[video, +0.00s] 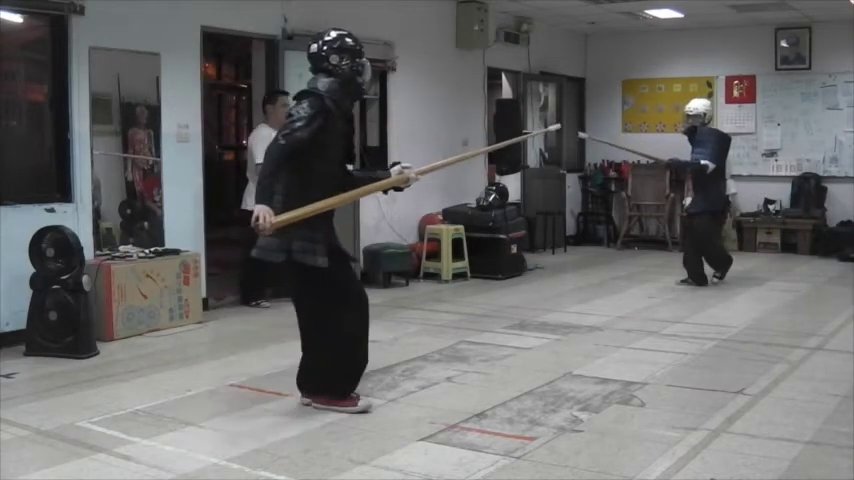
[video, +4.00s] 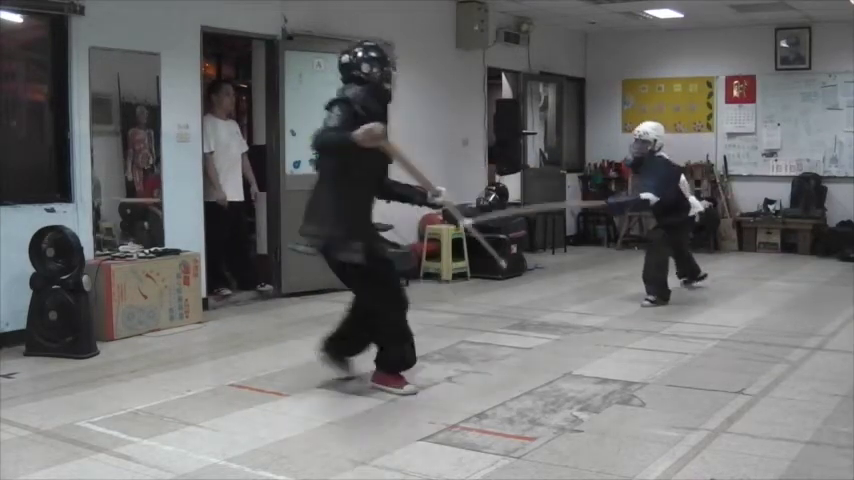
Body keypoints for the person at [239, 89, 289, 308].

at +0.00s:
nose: (288, 111)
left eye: (288, 106)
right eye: (283, 106)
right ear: (268, 109)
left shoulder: (276, 135)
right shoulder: (262, 135)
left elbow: (277, 165)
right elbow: (263, 169)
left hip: (269, 201)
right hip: (257, 202)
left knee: (264, 246)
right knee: (254, 247)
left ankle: (258, 291)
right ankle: (250, 295)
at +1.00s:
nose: (269, 109)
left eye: (270, 105)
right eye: (264, 105)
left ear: (270, 108)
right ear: (251, 108)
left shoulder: (271, 135)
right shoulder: (241, 135)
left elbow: (280, 165)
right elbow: (242, 168)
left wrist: (287, 190)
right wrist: (257, 198)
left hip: (271, 206)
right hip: (249, 208)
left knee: (274, 252)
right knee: (251, 253)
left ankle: (272, 292)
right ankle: (251, 295)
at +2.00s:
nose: (239, 100)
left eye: (239, 96)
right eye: (234, 96)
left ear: (238, 101)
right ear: (221, 99)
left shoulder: (239, 126)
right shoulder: (211, 123)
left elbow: (246, 160)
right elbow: (207, 158)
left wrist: (251, 189)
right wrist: (211, 189)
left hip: (241, 195)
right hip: (219, 196)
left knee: (250, 240)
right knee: (218, 244)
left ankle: (255, 281)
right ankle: (219, 285)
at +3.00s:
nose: (232, 99)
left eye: (232, 96)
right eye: (227, 96)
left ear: (231, 99)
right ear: (214, 98)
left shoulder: (232, 125)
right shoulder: (206, 123)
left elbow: (242, 157)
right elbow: (205, 158)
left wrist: (252, 183)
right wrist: (212, 188)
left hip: (237, 196)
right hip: (216, 197)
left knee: (241, 242)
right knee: (217, 244)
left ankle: (250, 281)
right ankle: (217, 285)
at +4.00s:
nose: (232, 99)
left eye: (232, 95)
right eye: (227, 95)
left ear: (232, 99)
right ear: (215, 98)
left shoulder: (233, 125)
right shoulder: (207, 123)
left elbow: (243, 156)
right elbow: (207, 158)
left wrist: (252, 183)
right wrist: (216, 188)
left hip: (237, 196)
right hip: (216, 197)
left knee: (242, 242)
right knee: (216, 244)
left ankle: (251, 281)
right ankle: (217, 285)